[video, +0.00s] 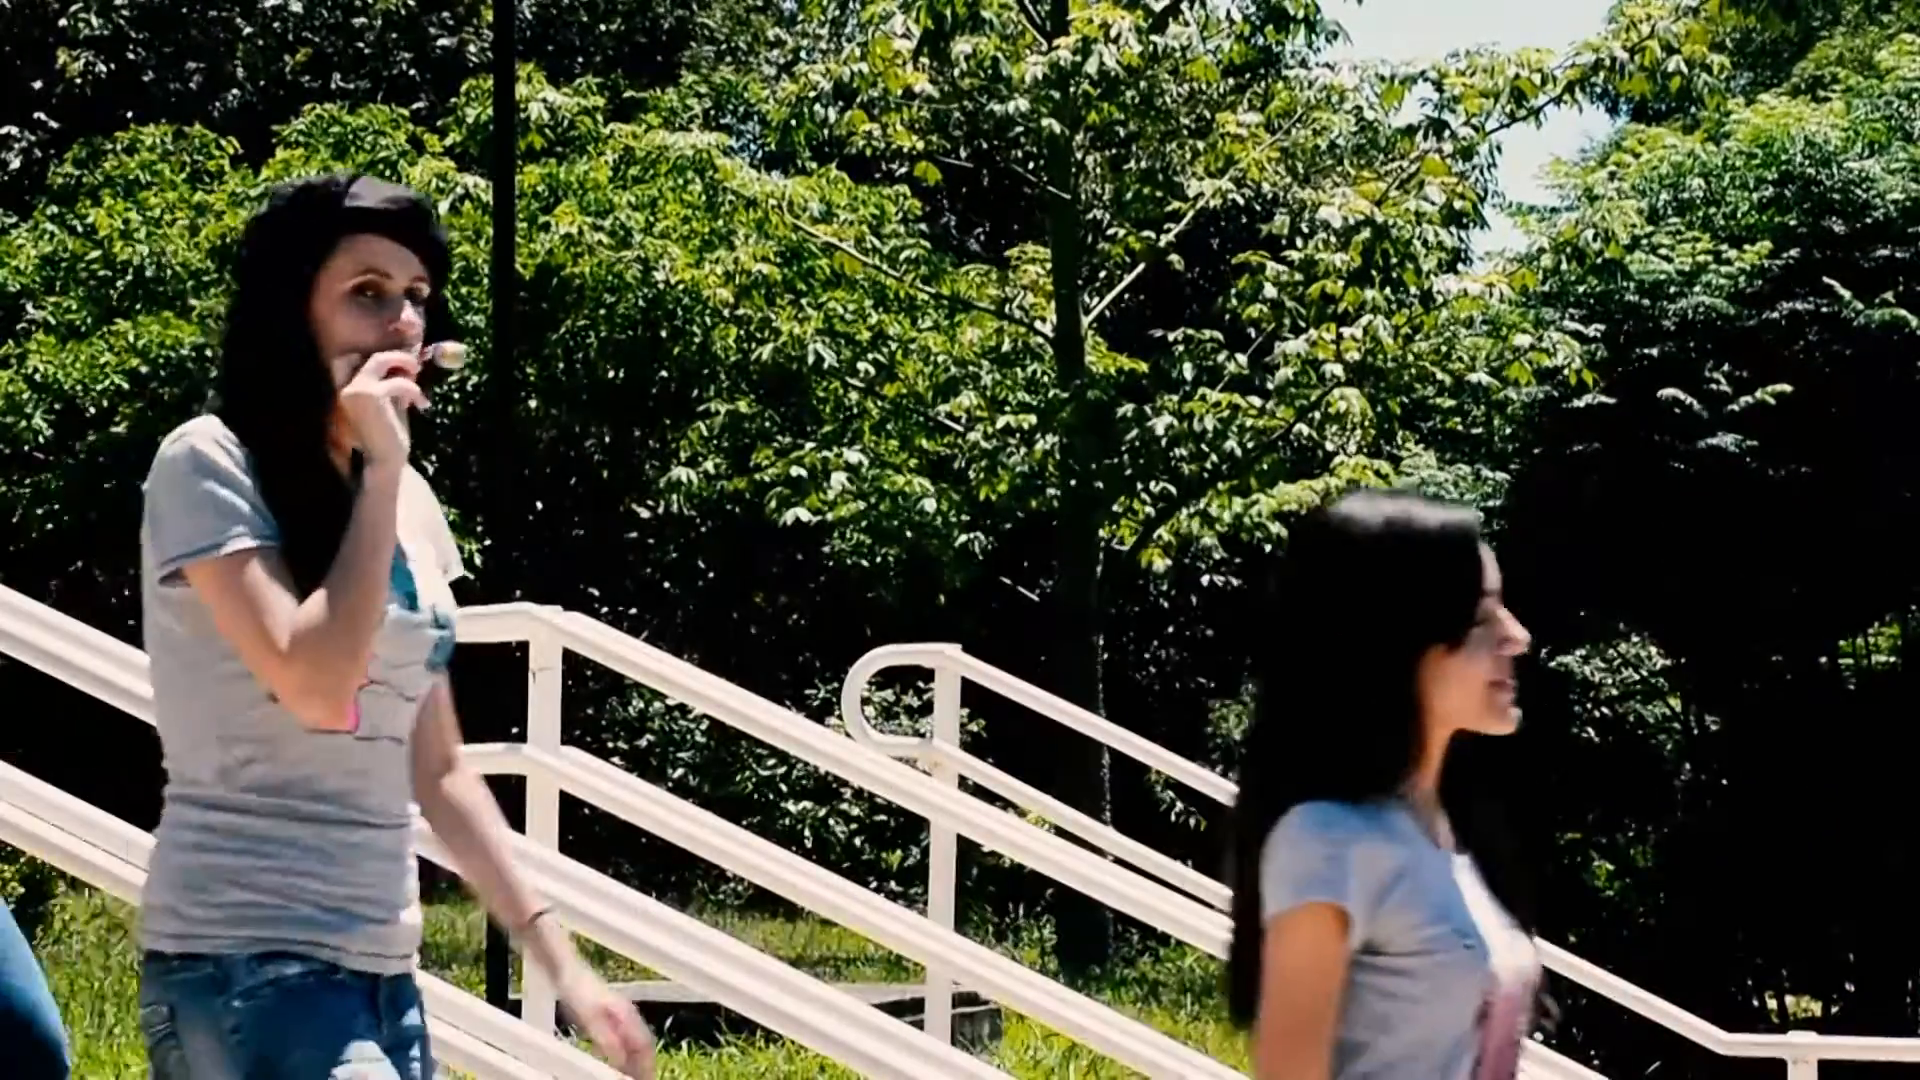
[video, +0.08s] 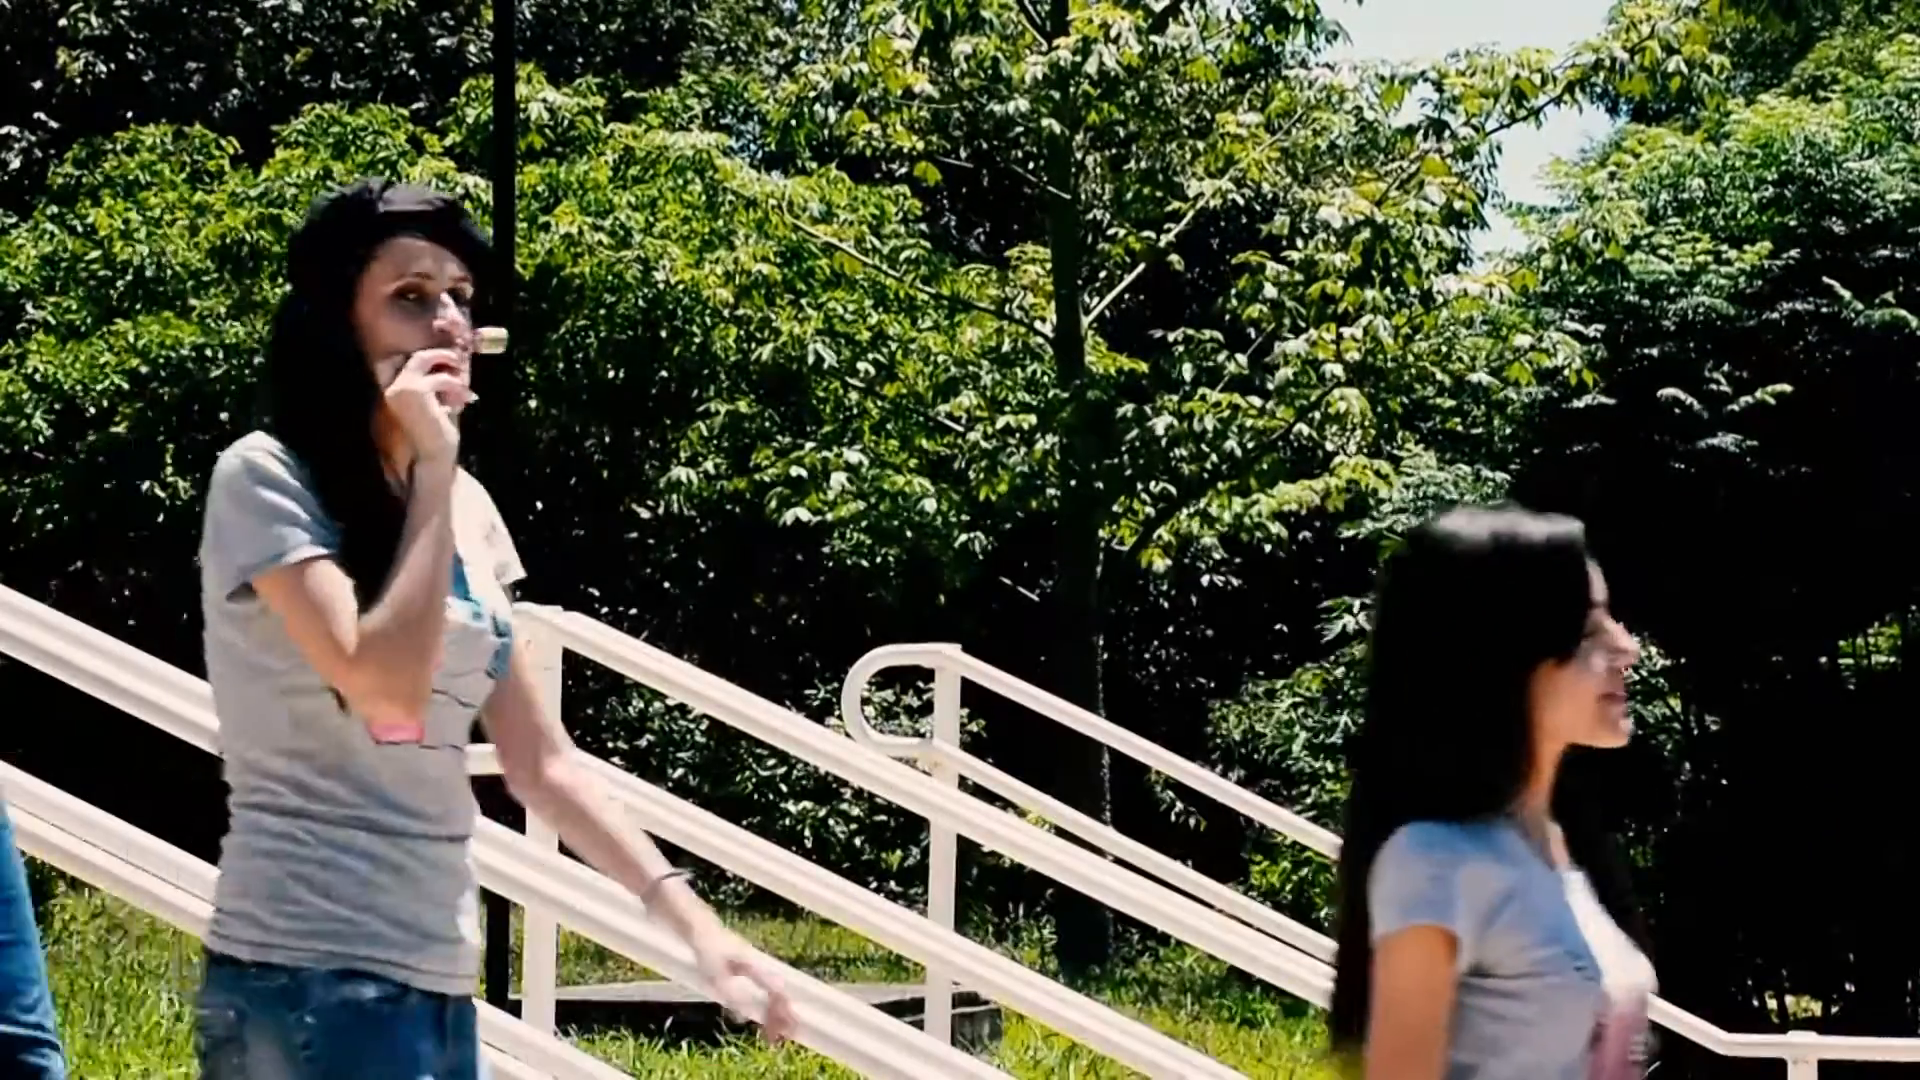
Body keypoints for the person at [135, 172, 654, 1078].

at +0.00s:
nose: (405, 323)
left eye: (418, 297)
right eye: (367, 293)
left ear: (433, 315)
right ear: (289, 311)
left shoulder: (411, 502)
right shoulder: (205, 461)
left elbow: (441, 770)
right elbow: (317, 686)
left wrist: (568, 970)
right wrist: (383, 469)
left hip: (382, 971)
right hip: (248, 967)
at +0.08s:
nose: (449, 322)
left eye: (459, 298)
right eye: (409, 297)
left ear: (477, 321)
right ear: (336, 324)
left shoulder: (466, 508)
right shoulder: (263, 476)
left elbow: (543, 763)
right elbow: (388, 697)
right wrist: (434, 474)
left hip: (438, 988)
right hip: (307, 982)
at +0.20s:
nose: (524, 362)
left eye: (532, 339)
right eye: (480, 342)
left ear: (549, 366)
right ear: (406, 377)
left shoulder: (544, 561)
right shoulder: (340, 533)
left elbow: (657, 796)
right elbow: (490, 727)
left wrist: (832, 906)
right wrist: (515, 502)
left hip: (538, 1033)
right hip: (400, 1033)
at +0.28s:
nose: (579, 402)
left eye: (589, 382)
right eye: (538, 384)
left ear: (609, 413)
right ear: (467, 422)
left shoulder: (612, 613)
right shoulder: (407, 579)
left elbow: (723, 860)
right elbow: (553, 769)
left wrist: (909, 996)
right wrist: (575, 549)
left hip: (608, 1045)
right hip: (455, 1045)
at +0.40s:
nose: (678, 437)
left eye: (690, 418)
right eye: (637, 423)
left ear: (712, 448)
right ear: (569, 463)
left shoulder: (716, 662)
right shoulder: (511, 606)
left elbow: (781, 934)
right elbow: (654, 792)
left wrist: (866, 1066)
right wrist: (681, 571)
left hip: (691, 1055)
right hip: (535, 1050)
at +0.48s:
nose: (761, 423)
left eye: (773, 406)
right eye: (721, 408)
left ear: (794, 448)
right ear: (655, 454)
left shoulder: (795, 663)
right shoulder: (590, 591)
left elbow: (808, 949)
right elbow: (740, 774)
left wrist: (832, 1070)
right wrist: (768, 547)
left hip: (759, 1054)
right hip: (603, 1049)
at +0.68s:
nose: (985, 425)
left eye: (989, 410)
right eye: (940, 406)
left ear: (1005, 448)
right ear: (863, 447)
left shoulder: (964, 647)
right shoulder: (797, 591)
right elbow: (977, 754)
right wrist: (988, 528)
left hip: (973, 1054)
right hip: (822, 1049)